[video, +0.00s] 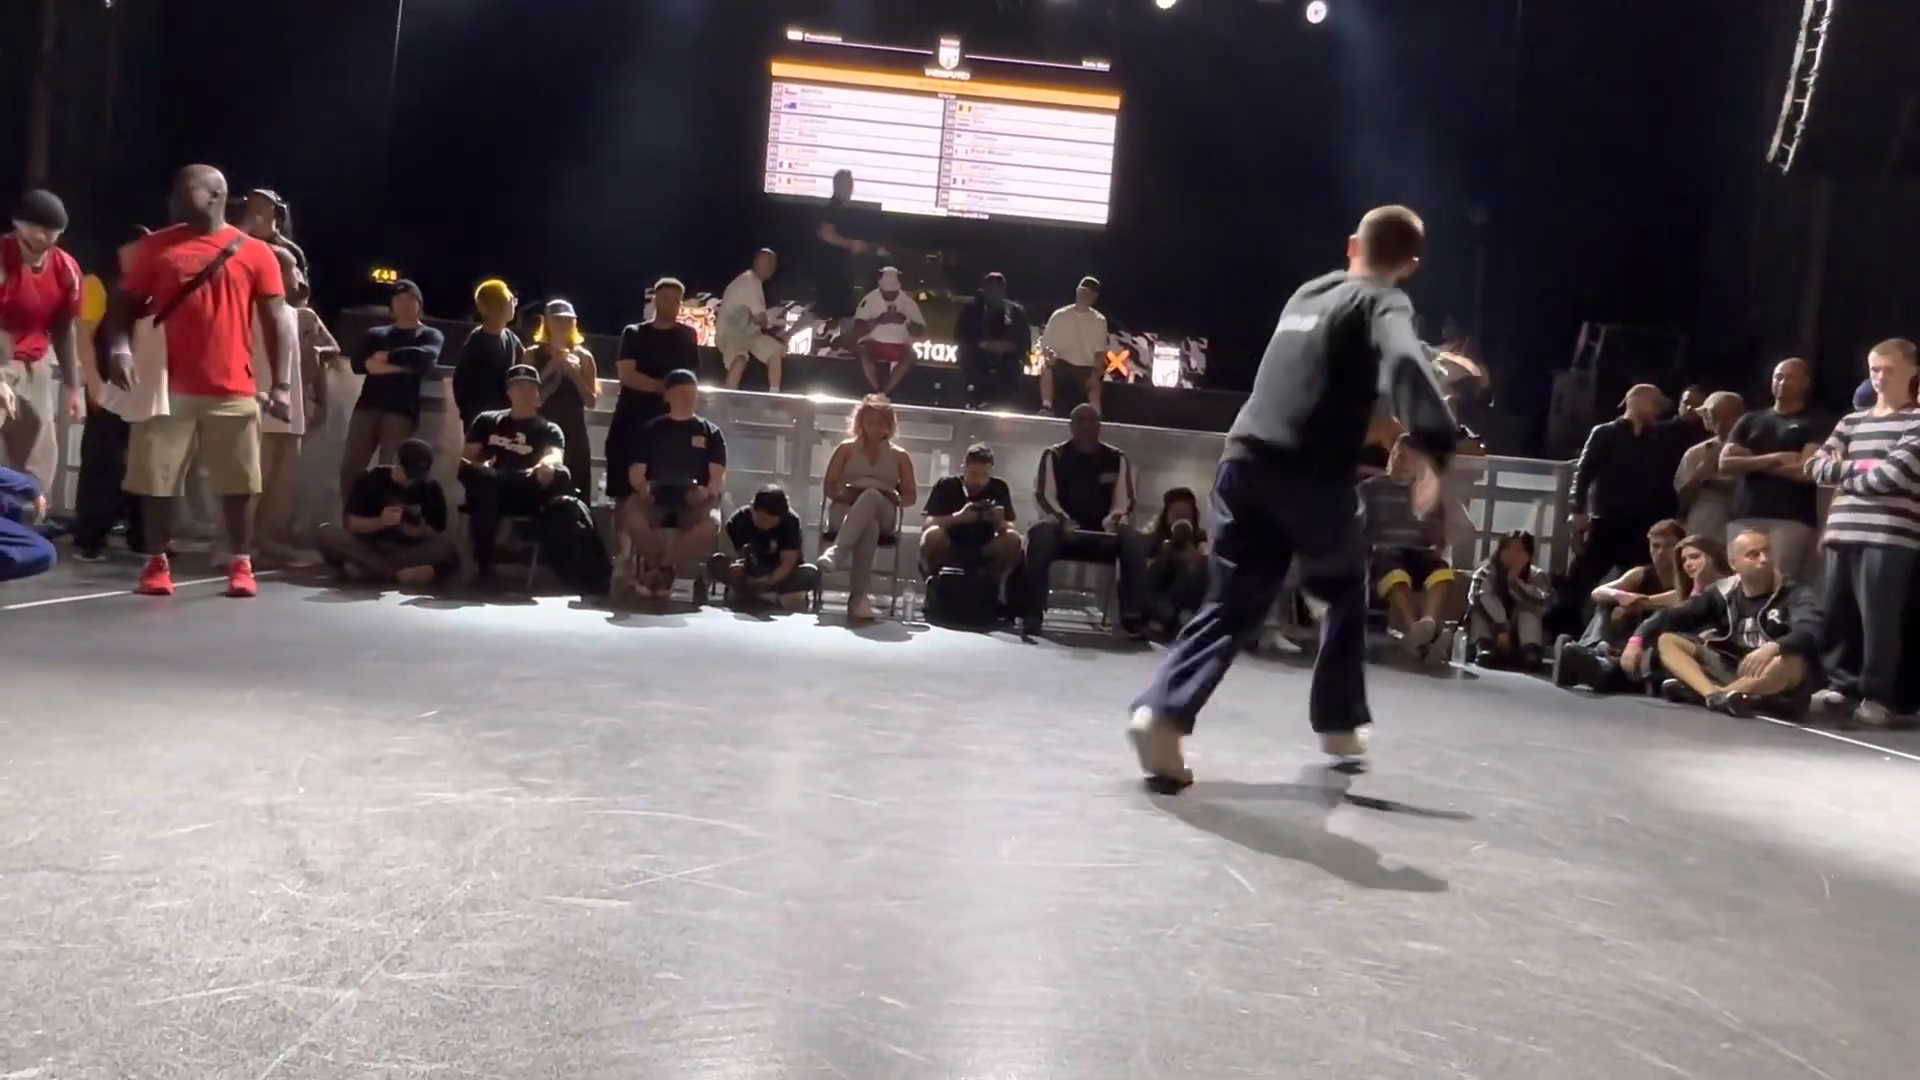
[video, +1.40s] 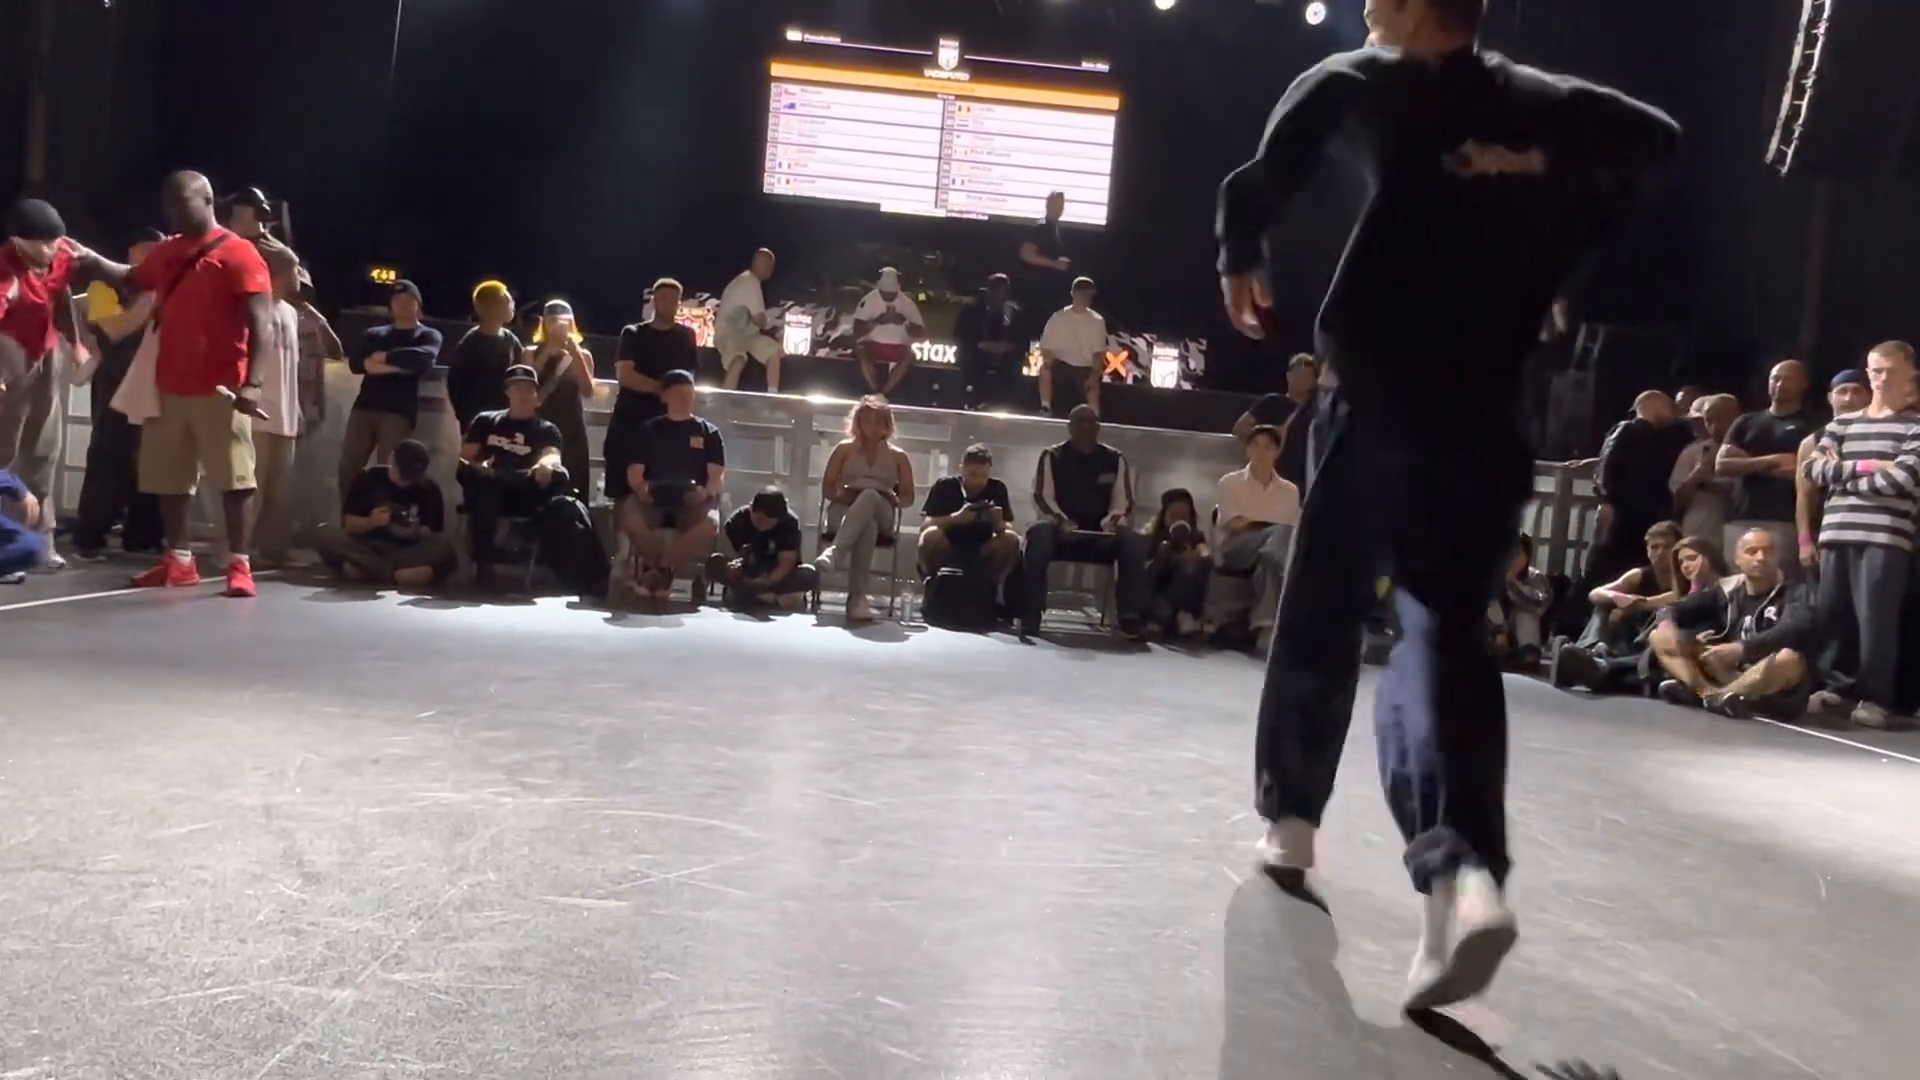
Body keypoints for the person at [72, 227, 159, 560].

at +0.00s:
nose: (138, 262)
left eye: (144, 255)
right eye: (133, 254)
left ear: (153, 258)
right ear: (119, 255)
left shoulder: (162, 290)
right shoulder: (100, 286)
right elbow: (85, 335)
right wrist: (95, 384)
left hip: (153, 397)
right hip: (111, 396)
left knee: (147, 471)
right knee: (100, 472)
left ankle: (143, 535)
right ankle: (91, 538)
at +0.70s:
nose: (148, 258)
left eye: (150, 251)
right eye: (141, 250)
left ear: (149, 256)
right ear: (120, 253)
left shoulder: (153, 294)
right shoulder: (105, 292)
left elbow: (164, 339)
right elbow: (93, 341)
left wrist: (166, 381)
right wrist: (106, 384)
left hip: (152, 386)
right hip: (117, 385)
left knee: (146, 464)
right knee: (106, 461)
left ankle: (142, 536)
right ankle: (90, 536)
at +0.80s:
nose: (153, 257)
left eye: (154, 251)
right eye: (145, 251)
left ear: (154, 256)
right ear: (125, 255)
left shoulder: (159, 293)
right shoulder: (111, 292)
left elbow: (175, 336)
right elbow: (95, 339)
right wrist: (110, 385)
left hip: (157, 386)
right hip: (121, 386)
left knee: (149, 465)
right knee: (109, 462)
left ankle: (143, 536)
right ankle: (91, 535)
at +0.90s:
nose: (154, 257)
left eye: (156, 250)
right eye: (145, 250)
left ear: (161, 255)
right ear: (125, 254)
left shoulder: (165, 293)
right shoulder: (111, 289)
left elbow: (177, 340)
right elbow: (98, 336)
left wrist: (173, 380)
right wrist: (112, 384)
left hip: (158, 387)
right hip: (120, 387)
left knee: (150, 464)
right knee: (110, 461)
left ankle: (143, 536)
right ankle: (92, 535)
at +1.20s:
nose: (160, 257)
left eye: (162, 251)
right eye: (152, 250)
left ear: (165, 256)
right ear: (130, 252)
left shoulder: (163, 292)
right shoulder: (108, 287)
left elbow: (169, 338)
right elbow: (97, 344)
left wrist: (165, 365)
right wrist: (141, 365)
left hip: (151, 380)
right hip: (114, 379)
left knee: (148, 458)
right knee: (110, 455)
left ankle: (143, 534)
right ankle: (92, 534)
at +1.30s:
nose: (155, 257)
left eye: (160, 251)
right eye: (150, 250)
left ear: (165, 254)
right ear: (132, 251)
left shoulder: (162, 289)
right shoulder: (107, 285)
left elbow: (171, 330)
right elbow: (98, 336)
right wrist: (149, 331)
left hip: (153, 380)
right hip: (114, 380)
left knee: (149, 457)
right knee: (109, 456)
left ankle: (143, 534)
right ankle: (91, 534)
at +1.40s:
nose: (150, 259)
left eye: (156, 253)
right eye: (145, 252)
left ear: (163, 256)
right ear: (130, 252)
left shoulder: (166, 287)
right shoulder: (104, 285)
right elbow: (115, 328)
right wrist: (151, 298)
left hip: (154, 381)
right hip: (115, 381)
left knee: (149, 457)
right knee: (108, 455)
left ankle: (143, 534)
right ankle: (91, 533)